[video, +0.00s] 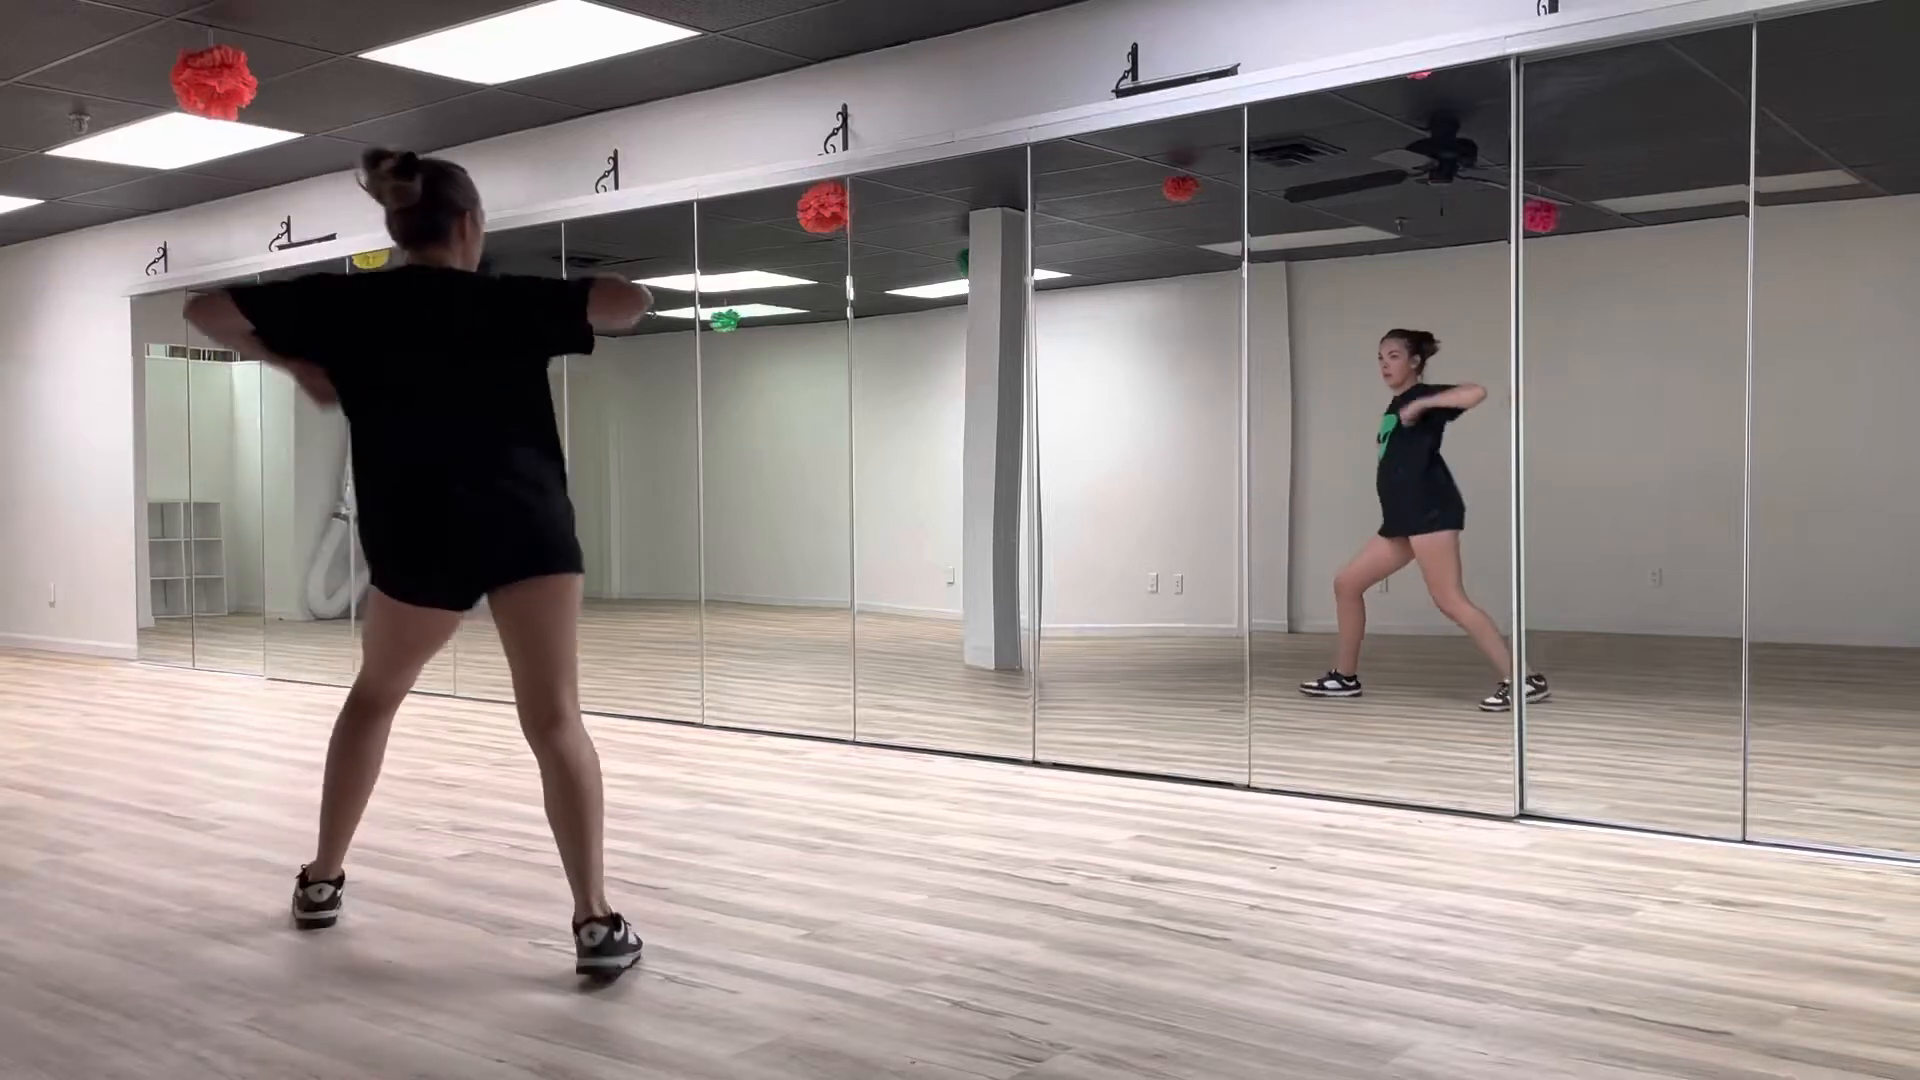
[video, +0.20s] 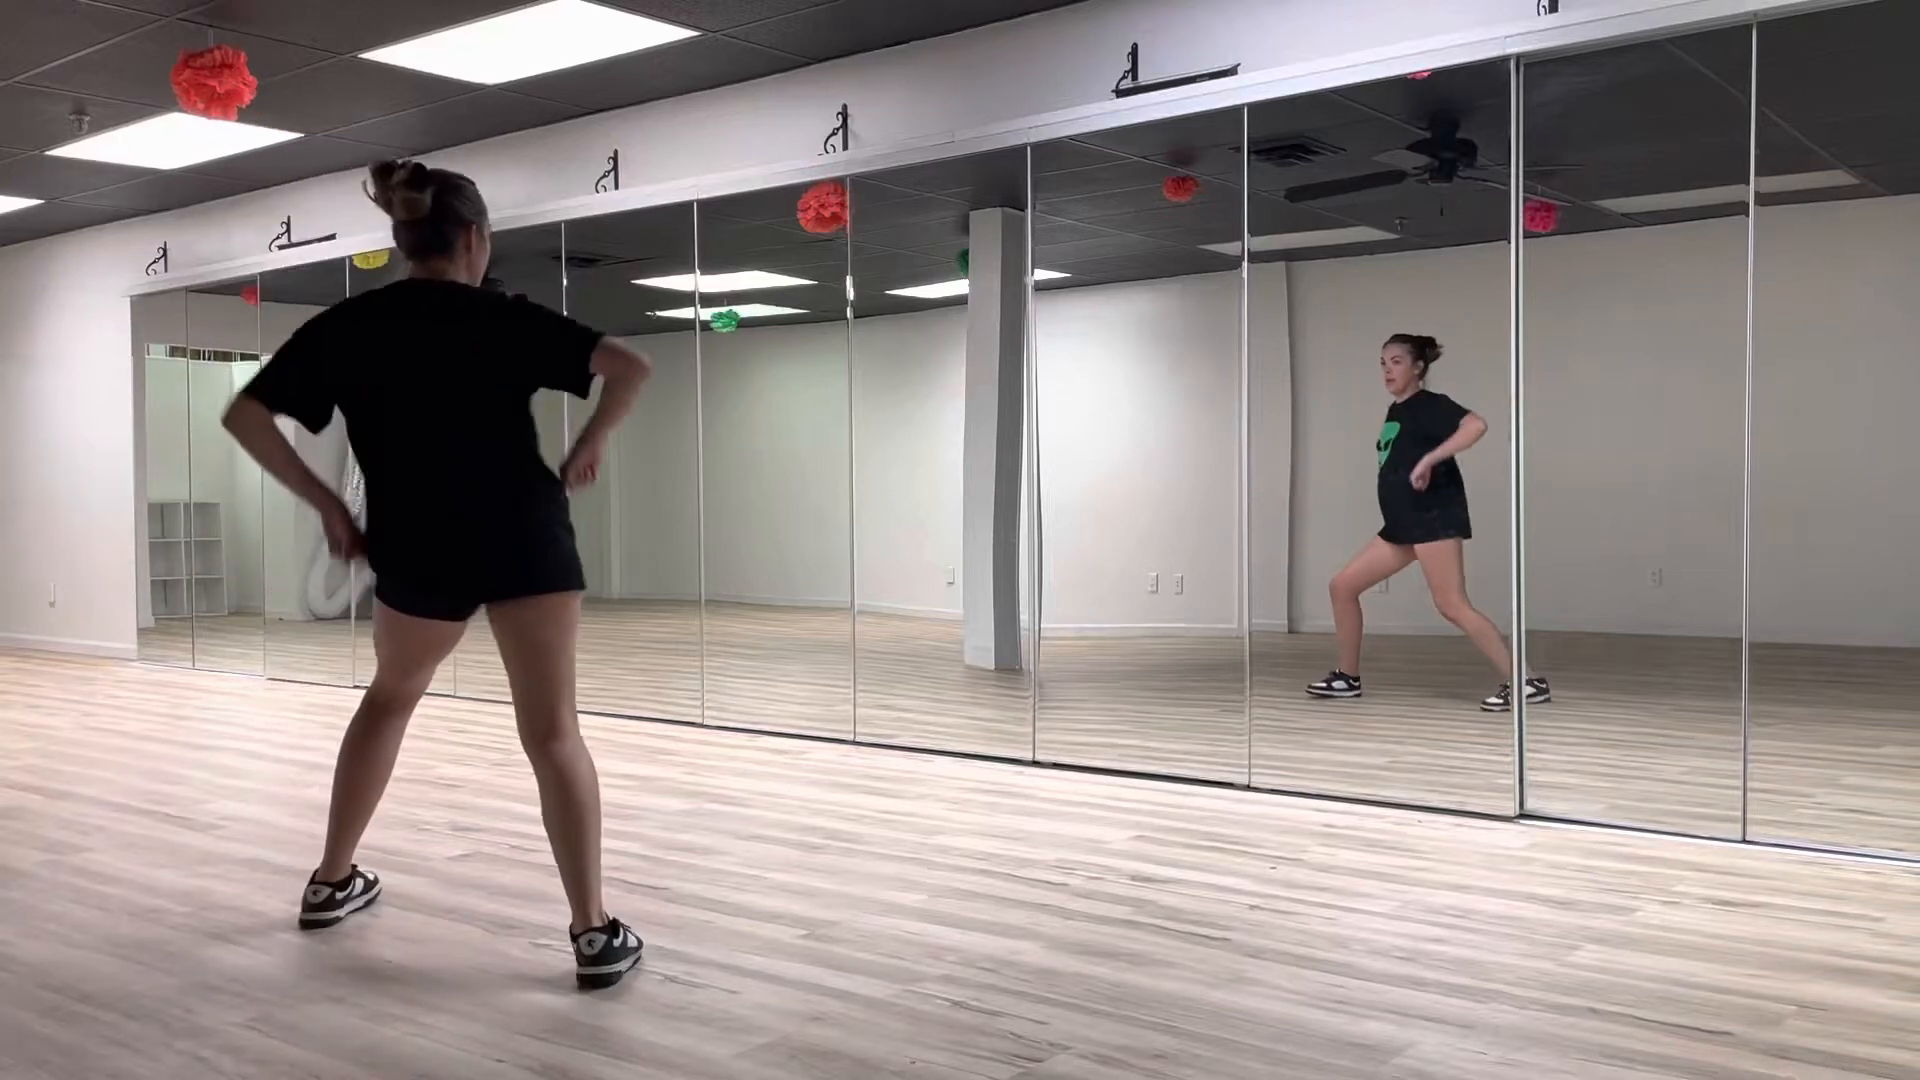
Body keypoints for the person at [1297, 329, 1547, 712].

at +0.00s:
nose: (1385, 365)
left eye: (1393, 357)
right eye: (1381, 358)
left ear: (1415, 361)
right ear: (1381, 363)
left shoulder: (1425, 396)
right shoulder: (1397, 404)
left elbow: (1475, 393)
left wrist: (1425, 403)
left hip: (1432, 515)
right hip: (1404, 519)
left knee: (1451, 601)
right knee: (1347, 584)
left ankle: (1518, 678)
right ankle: (1344, 676)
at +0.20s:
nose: (1387, 370)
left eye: (1396, 362)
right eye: (1384, 363)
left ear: (1418, 367)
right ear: (1382, 368)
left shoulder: (1431, 405)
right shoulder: (1396, 411)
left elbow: (1475, 425)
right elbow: (1412, 454)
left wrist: (1431, 459)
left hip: (1437, 524)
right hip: (1403, 527)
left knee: (1452, 605)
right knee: (1343, 587)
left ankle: (1521, 681)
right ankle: (1347, 677)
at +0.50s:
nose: (1356, 341)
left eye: (1364, 335)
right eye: (1352, 335)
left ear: (1384, 341)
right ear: (1348, 340)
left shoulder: (1394, 387)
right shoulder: (1340, 389)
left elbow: (1408, 450)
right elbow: (1329, 455)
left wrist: (1407, 509)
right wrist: (1320, 510)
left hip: (1392, 500)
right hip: (1353, 502)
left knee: (1397, 581)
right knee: (1328, 583)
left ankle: (1462, 664)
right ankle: (1344, 675)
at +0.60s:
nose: (1346, 329)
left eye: (1355, 322)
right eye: (1342, 323)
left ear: (1374, 328)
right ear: (1339, 329)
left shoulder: (1389, 375)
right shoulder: (1330, 377)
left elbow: (1399, 442)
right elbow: (1319, 444)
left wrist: (1401, 502)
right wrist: (1308, 498)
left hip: (1380, 488)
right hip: (1340, 489)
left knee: (1375, 573)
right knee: (1334, 579)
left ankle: (1408, 661)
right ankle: (1344, 674)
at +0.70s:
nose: (1341, 327)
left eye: (1350, 320)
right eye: (1337, 321)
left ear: (1369, 324)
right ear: (1333, 326)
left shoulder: (1387, 370)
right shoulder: (1325, 374)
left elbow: (1396, 436)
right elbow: (1316, 438)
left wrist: (1396, 497)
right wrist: (1307, 493)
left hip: (1373, 485)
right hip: (1331, 485)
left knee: (1359, 573)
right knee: (1333, 574)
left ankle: (1364, 670)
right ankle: (1336, 669)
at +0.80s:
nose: (1338, 335)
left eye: (1347, 327)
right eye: (1334, 329)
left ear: (1366, 332)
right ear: (1330, 335)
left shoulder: (1386, 378)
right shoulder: (1322, 381)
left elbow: (1393, 446)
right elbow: (1313, 449)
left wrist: (1391, 505)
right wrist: (1306, 505)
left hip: (1367, 494)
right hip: (1325, 493)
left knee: (1353, 581)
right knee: (1331, 582)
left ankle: (1353, 674)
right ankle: (1336, 671)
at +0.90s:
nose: (1337, 335)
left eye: (1346, 328)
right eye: (1332, 329)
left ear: (1364, 332)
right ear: (1328, 335)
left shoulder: (1386, 381)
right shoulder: (1316, 381)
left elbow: (1390, 450)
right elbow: (1306, 448)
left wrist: (1389, 508)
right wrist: (1299, 506)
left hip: (1366, 496)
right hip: (1321, 496)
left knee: (1355, 582)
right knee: (1330, 582)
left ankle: (1355, 674)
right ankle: (1336, 670)